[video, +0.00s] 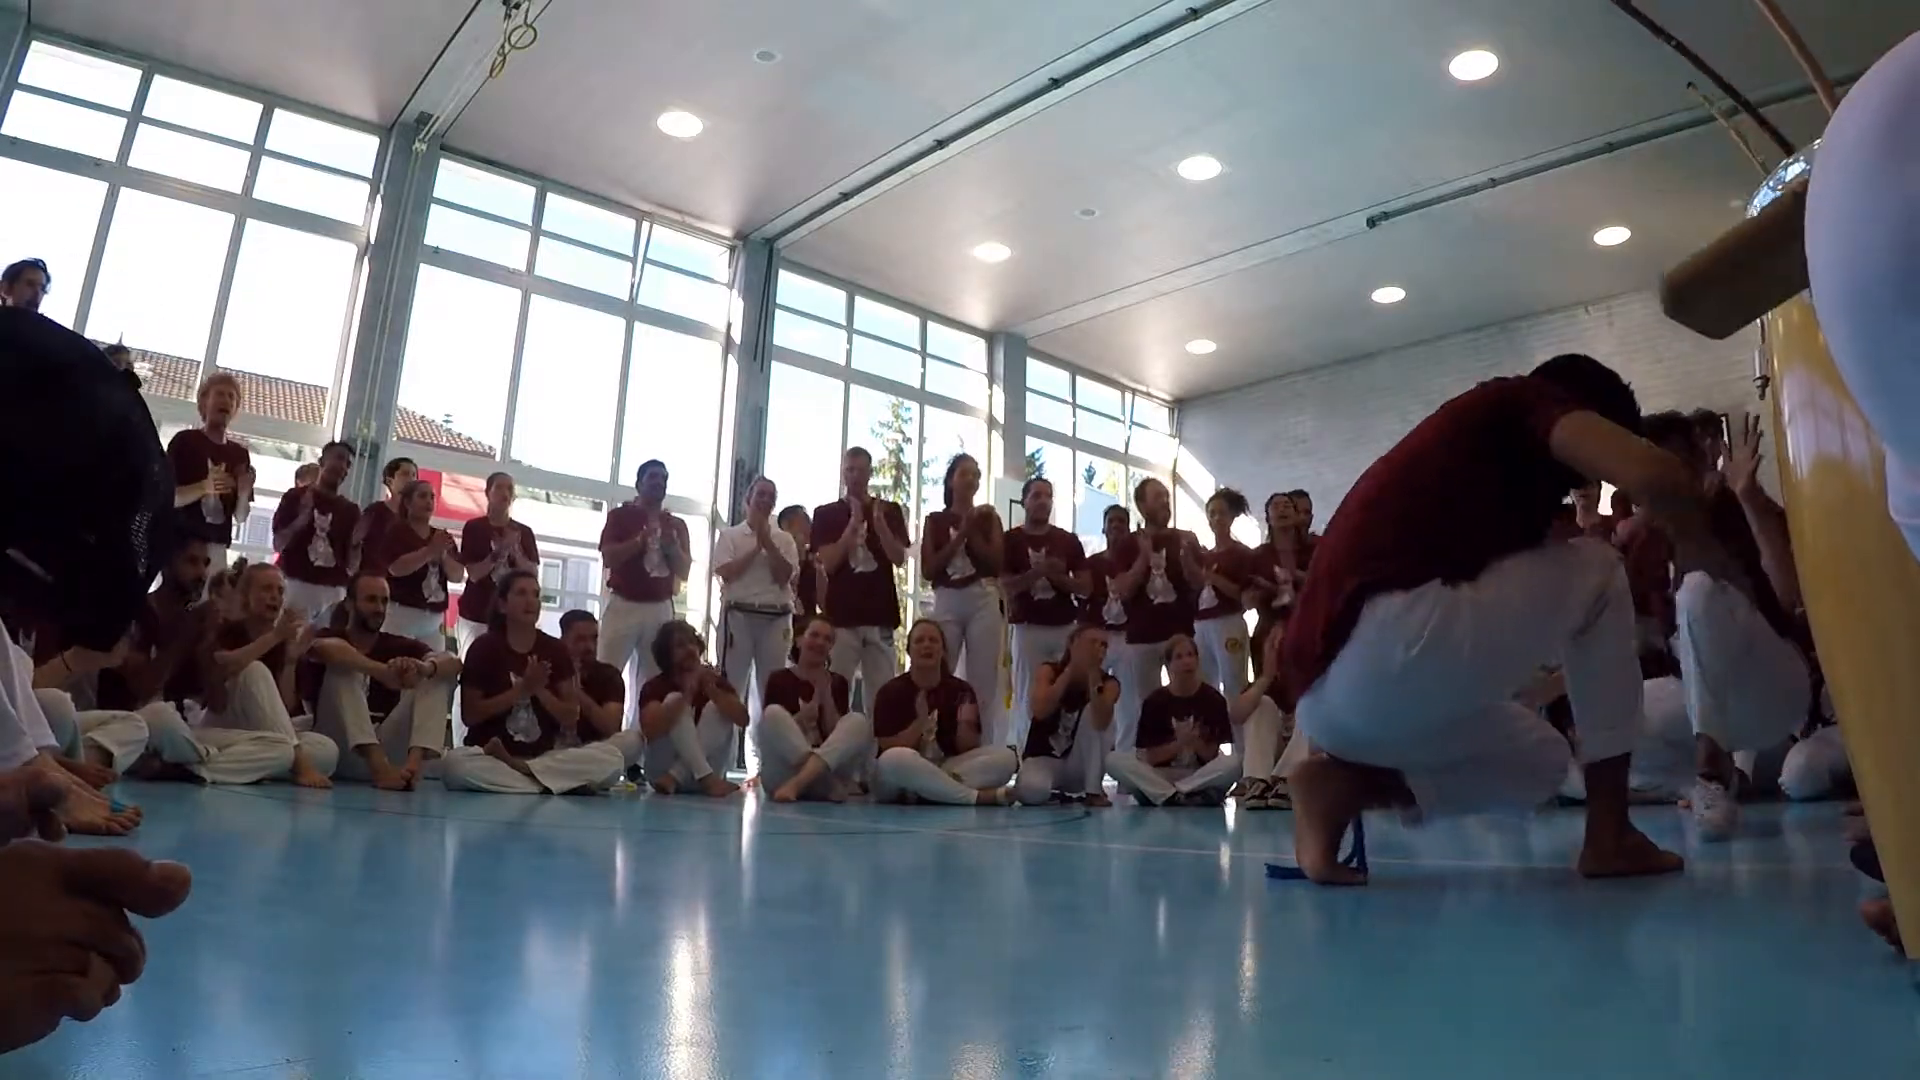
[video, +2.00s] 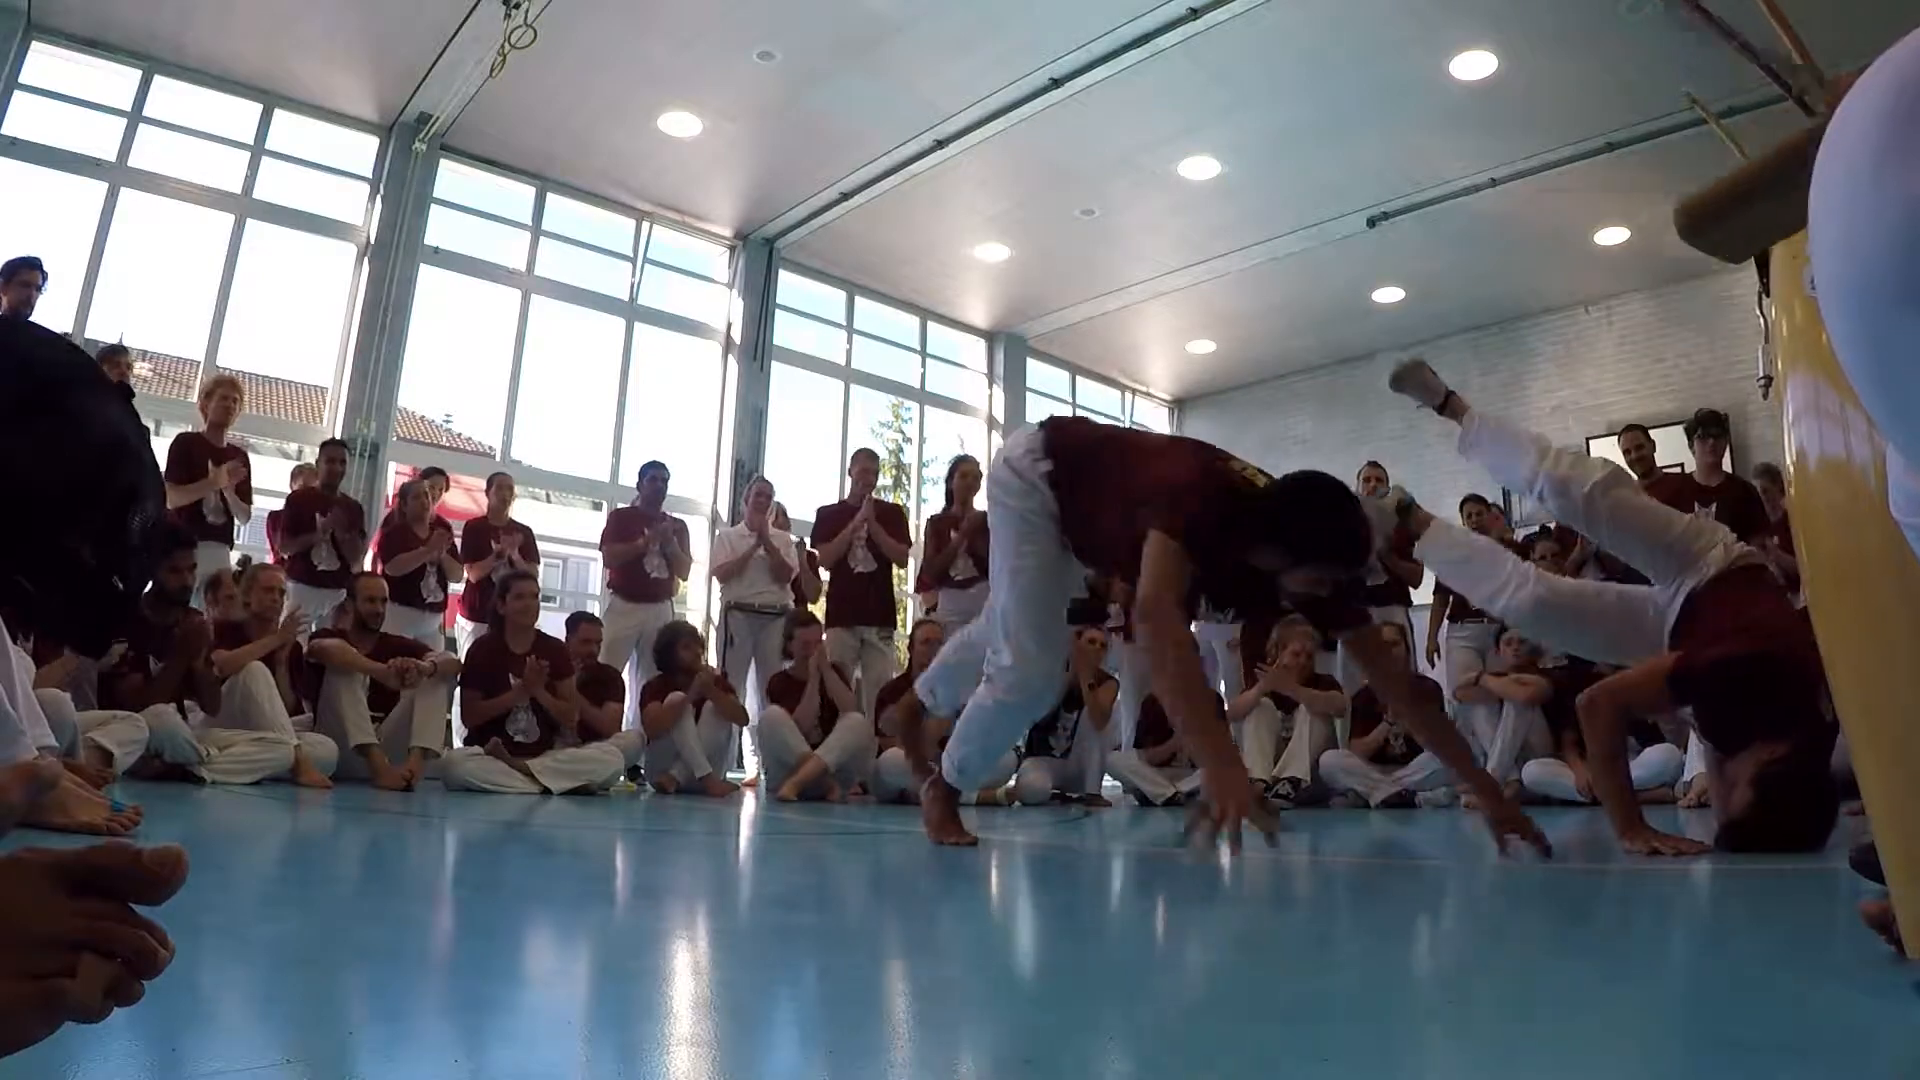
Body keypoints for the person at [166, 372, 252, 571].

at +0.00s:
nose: (226, 401)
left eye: (231, 396)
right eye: (219, 394)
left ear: (236, 407)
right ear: (202, 401)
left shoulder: (239, 454)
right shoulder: (184, 441)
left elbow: (241, 516)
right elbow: (164, 498)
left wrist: (244, 490)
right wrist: (203, 487)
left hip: (216, 546)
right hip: (178, 542)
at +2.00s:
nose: (229, 404)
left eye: (235, 401)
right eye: (223, 398)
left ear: (239, 410)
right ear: (204, 404)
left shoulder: (238, 456)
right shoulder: (184, 442)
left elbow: (244, 516)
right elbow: (171, 498)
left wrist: (229, 492)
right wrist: (213, 482)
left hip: (218, 548)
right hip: (181, 545)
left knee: (214, 621)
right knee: (173, 619)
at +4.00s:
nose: (229, 404)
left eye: (234, 400)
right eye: (223, 397)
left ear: (237, 408)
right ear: (205, 403)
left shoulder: (237, 453)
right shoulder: (183, 440)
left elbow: (245, 512)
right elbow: (172, 497)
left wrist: (230, 478)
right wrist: (218, 472)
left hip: (216, 546)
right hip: (179, 542)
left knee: (208, 618)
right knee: (171, 612)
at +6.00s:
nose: (239, 408)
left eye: (243, 403)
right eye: (232, 400)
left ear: (246, 410)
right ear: (211, 406)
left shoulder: (243, 458)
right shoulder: (189, 442)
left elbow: (245, 519)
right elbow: (176, 500)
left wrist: (236, 491)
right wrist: (217, 483)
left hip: (218, 550)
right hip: (180, 545)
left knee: (208, 621)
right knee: (171, 615)